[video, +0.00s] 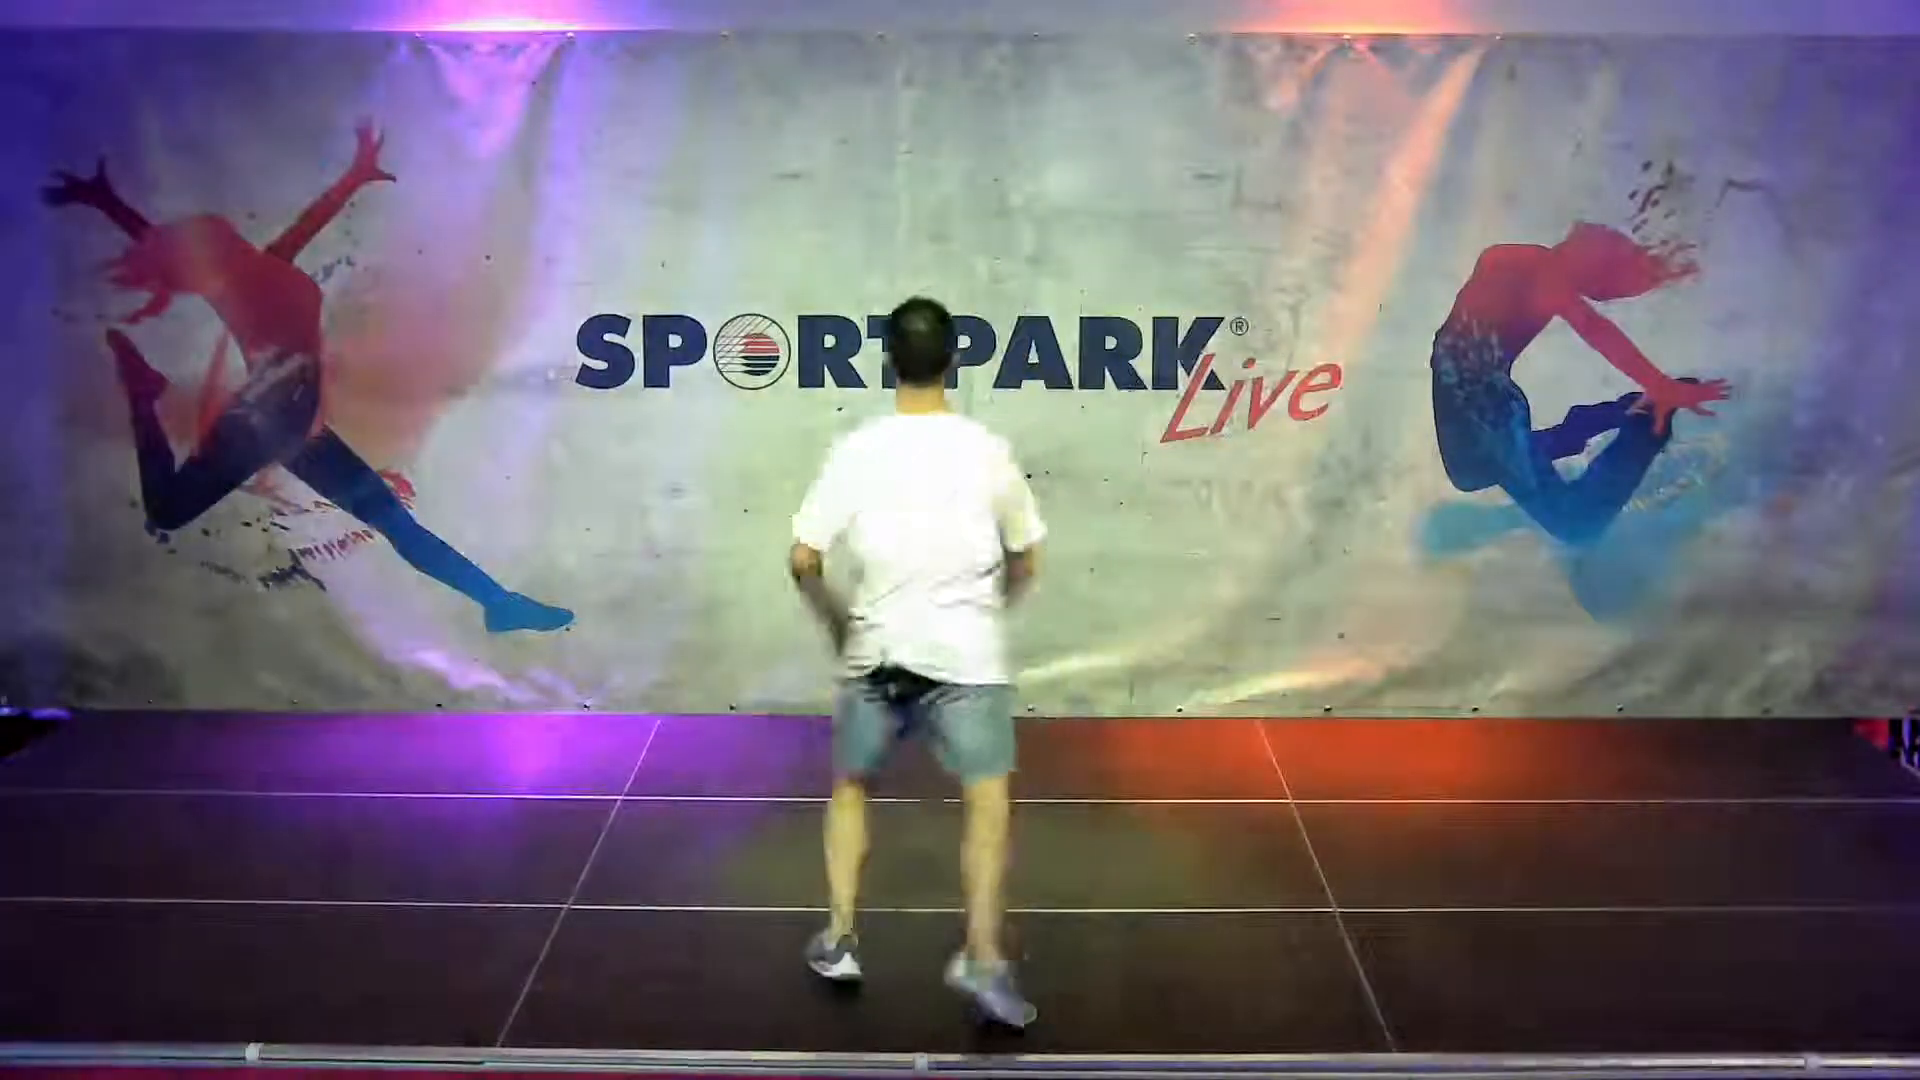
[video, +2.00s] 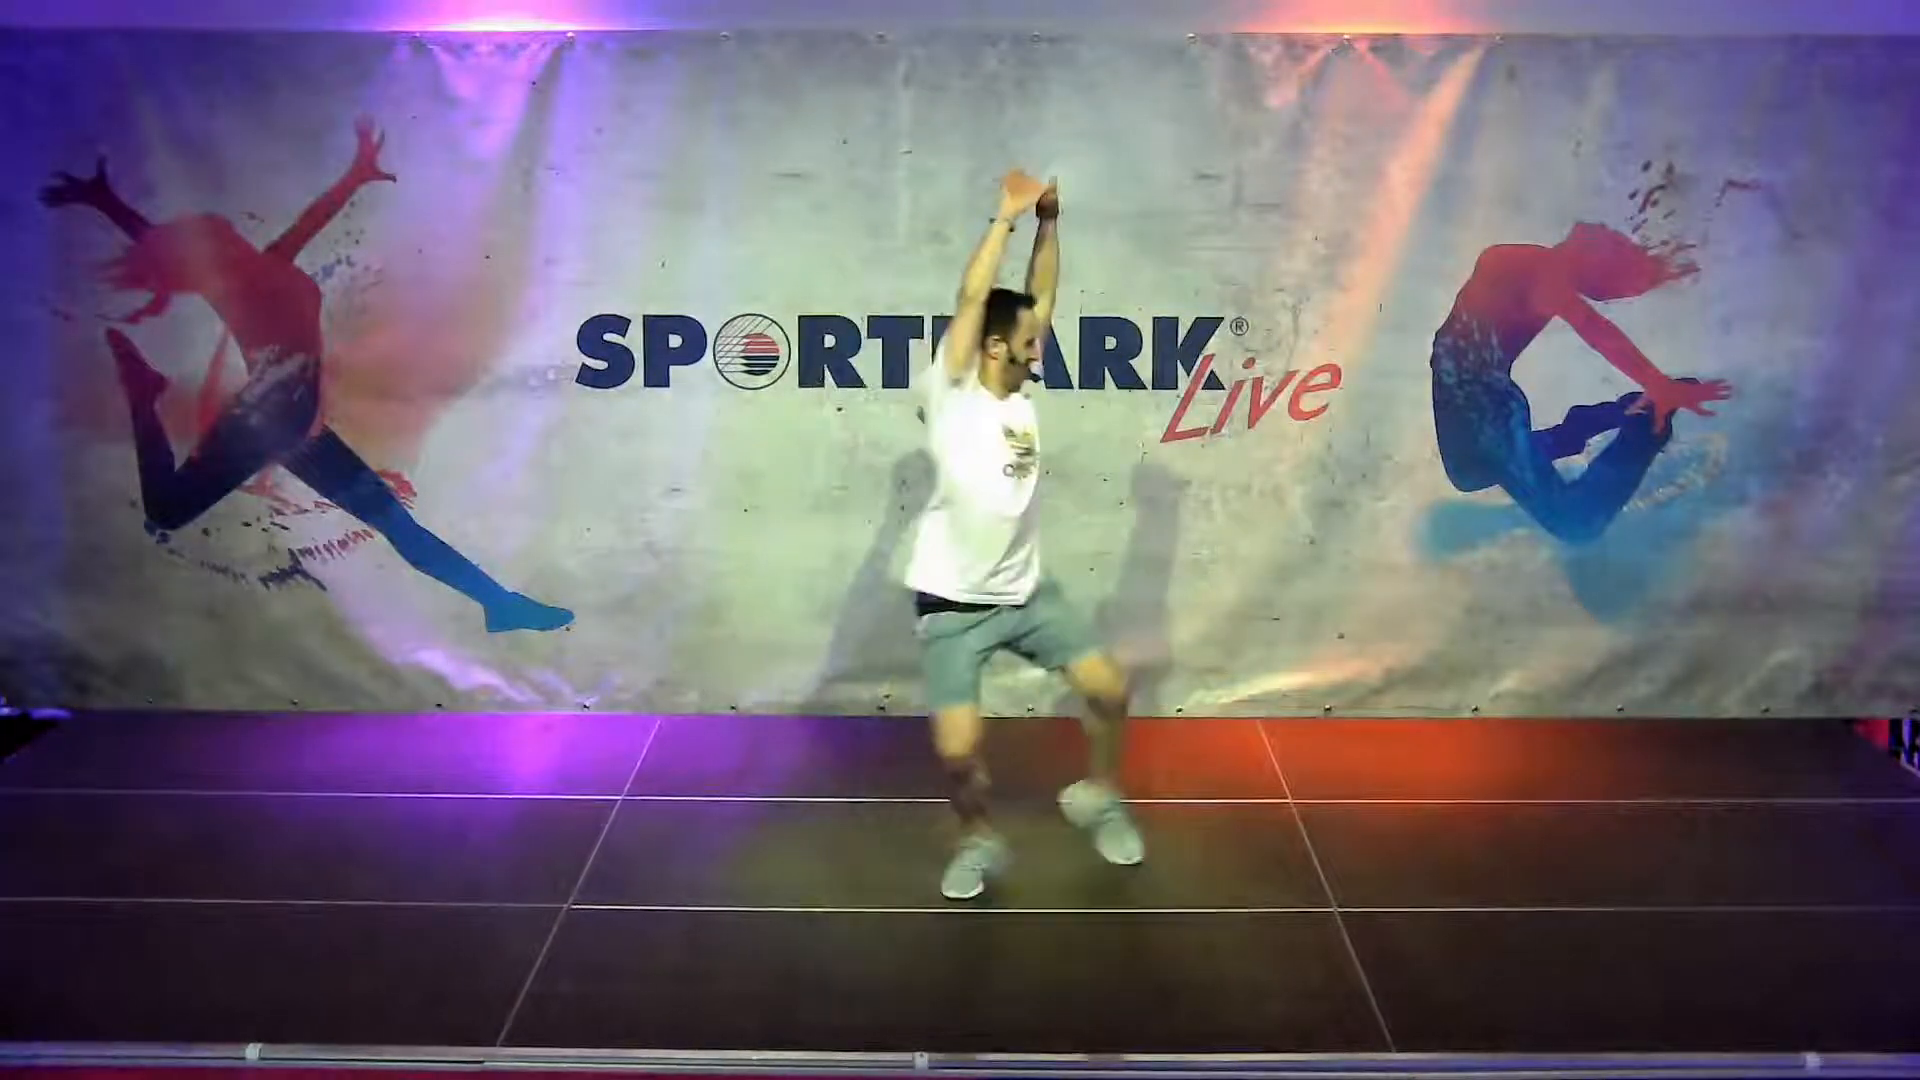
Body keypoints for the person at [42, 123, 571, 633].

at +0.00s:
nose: (181, 289)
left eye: (180, 270)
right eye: (177, 272)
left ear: (208, 257)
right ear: (204, 255)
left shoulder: (265, 268)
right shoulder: (239, 277)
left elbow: (309, 220)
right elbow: (158, 248)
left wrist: (359, 175)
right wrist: (104, 201)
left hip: (301, 428)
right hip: (261, 423)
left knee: (389, 515)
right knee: (167, 511)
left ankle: (500, 602)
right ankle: (142, 394)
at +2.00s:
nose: (190, 284)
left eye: (189, 264)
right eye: (188, 264)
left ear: (207, 255)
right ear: (207, 252)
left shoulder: (262, 268)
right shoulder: (240, 279)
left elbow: (311, 221)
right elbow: (160, 246)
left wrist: (358, 175)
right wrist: (104, 202)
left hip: (297, 426)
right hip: (261, 421)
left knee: (387, 513)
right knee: (166, 511)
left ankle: (500, 602)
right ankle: (141, 395)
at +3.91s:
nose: (181, 283)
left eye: (180, 263)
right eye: (178, 264)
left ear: (204, 254)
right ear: (195, 257)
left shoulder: (267, 267)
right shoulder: (231, 274)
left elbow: (309, 222)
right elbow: (153, 242)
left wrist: (357, 176)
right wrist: (99, 197)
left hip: (298, 425)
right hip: (261, 421)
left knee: (387, 514)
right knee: (166, 511)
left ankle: (500, 602)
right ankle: (141, 393)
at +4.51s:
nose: (219, 245)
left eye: (214, 237)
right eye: (206, 245)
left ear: (224, 240)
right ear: (198, 261)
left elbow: (313, 218)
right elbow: (157, 246)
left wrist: (358, 174)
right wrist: (100, 197)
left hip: (299, 427)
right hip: (257, 426)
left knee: (395, 521)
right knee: (166, 508)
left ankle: (508, 609)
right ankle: (141, 393)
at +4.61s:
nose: (171, 288)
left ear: (210, 249)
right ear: (210, 247)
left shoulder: (268, 266)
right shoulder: (233, 279)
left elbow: (312, 219)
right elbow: (156, 244)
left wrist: (359, 173)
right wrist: (102, 198)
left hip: (294, 425)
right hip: (262, 423)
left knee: (389, 515)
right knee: (167, 513)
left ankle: (497, 598)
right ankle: (140, 393)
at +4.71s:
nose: (176, 292)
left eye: (177, 274)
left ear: (213, 250)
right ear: (214, 247)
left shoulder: (268, 265)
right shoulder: (237, 280)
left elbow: (311, 220)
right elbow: (158, 247)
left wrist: (358, 174)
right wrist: (104, 199)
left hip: (296, 425)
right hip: (263, 423)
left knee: (391, 517)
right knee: (167, 513)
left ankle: (497, 598)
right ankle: (141, 395)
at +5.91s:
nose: (175, 292)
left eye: (175, 272)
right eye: (164, 279)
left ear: (201, 256)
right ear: (205, 253)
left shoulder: (262, 270)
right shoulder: (244, 274)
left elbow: (307, 223)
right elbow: (156, 243)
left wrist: (357, 176)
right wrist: (105, 201)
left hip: (294, 424)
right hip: (264, 420)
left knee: (386, 512)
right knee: (166, 511)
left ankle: (499, 601)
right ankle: (139, 393)